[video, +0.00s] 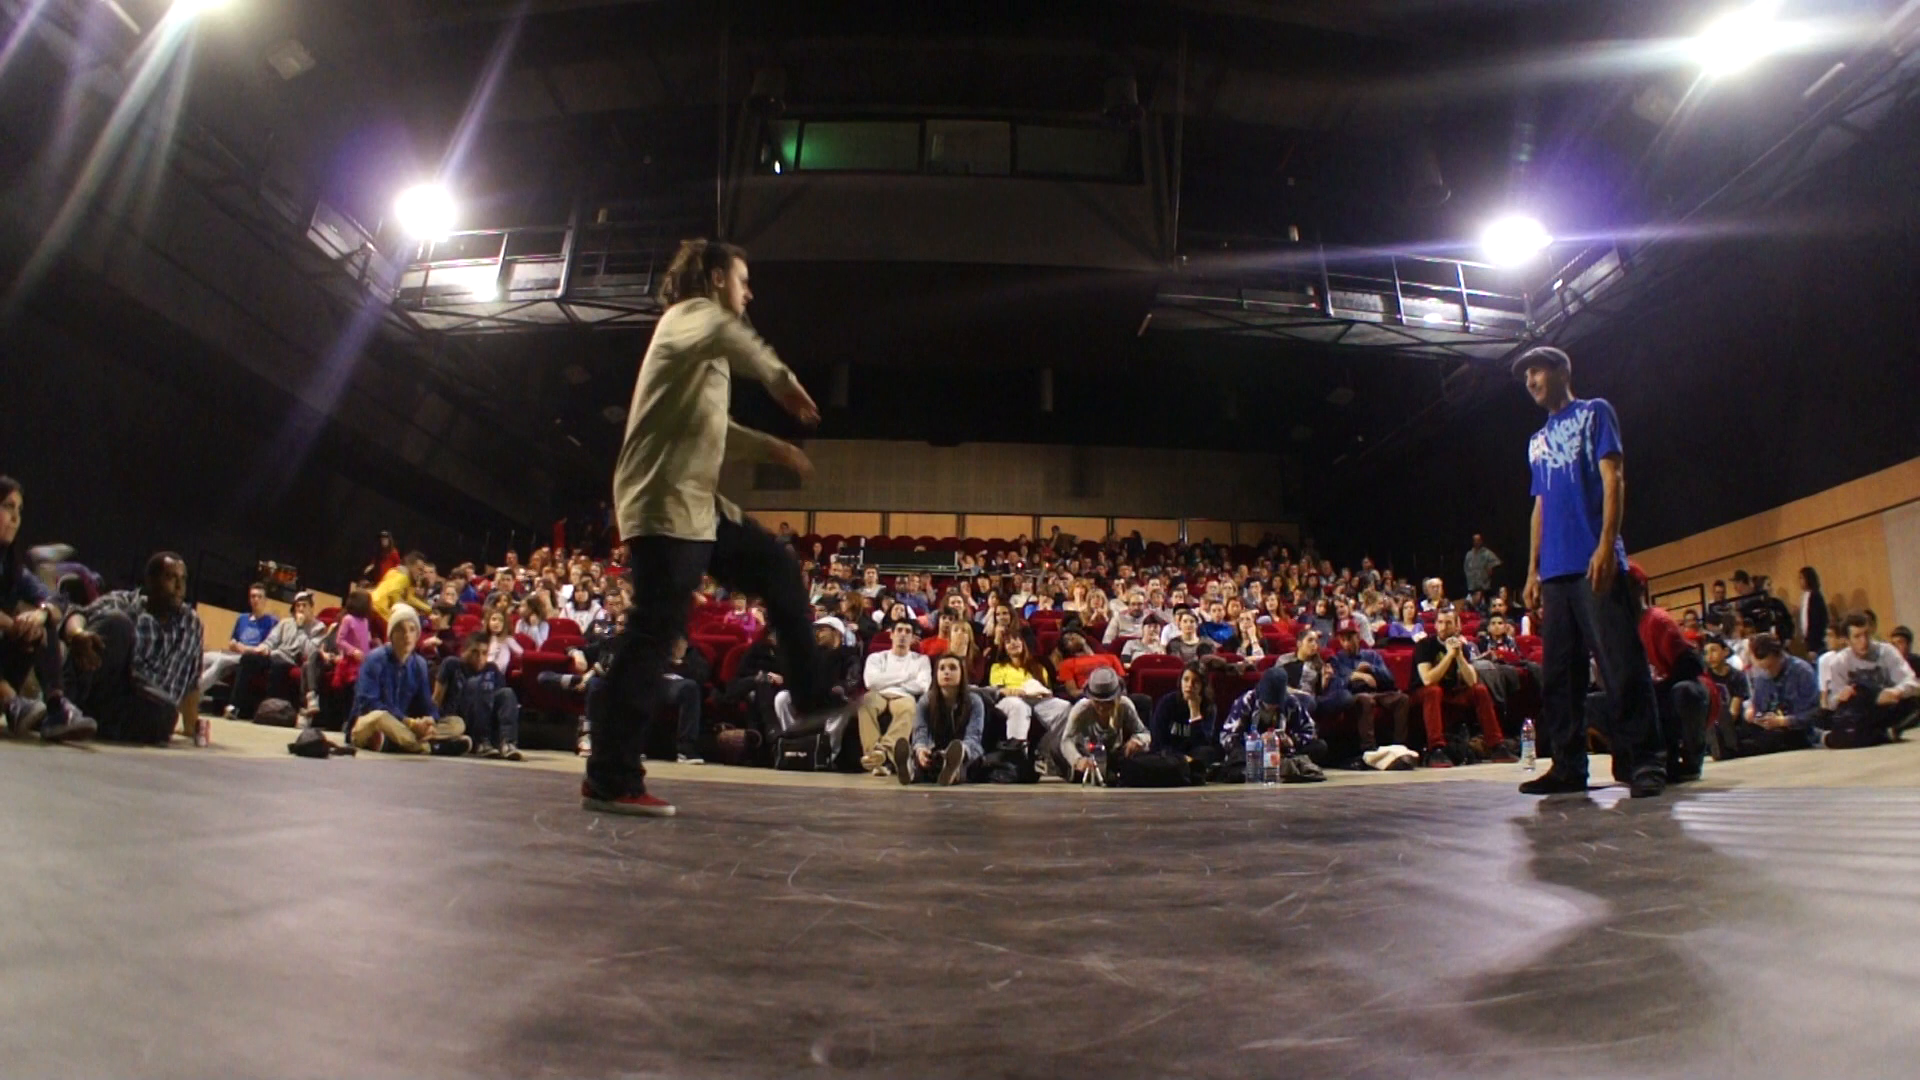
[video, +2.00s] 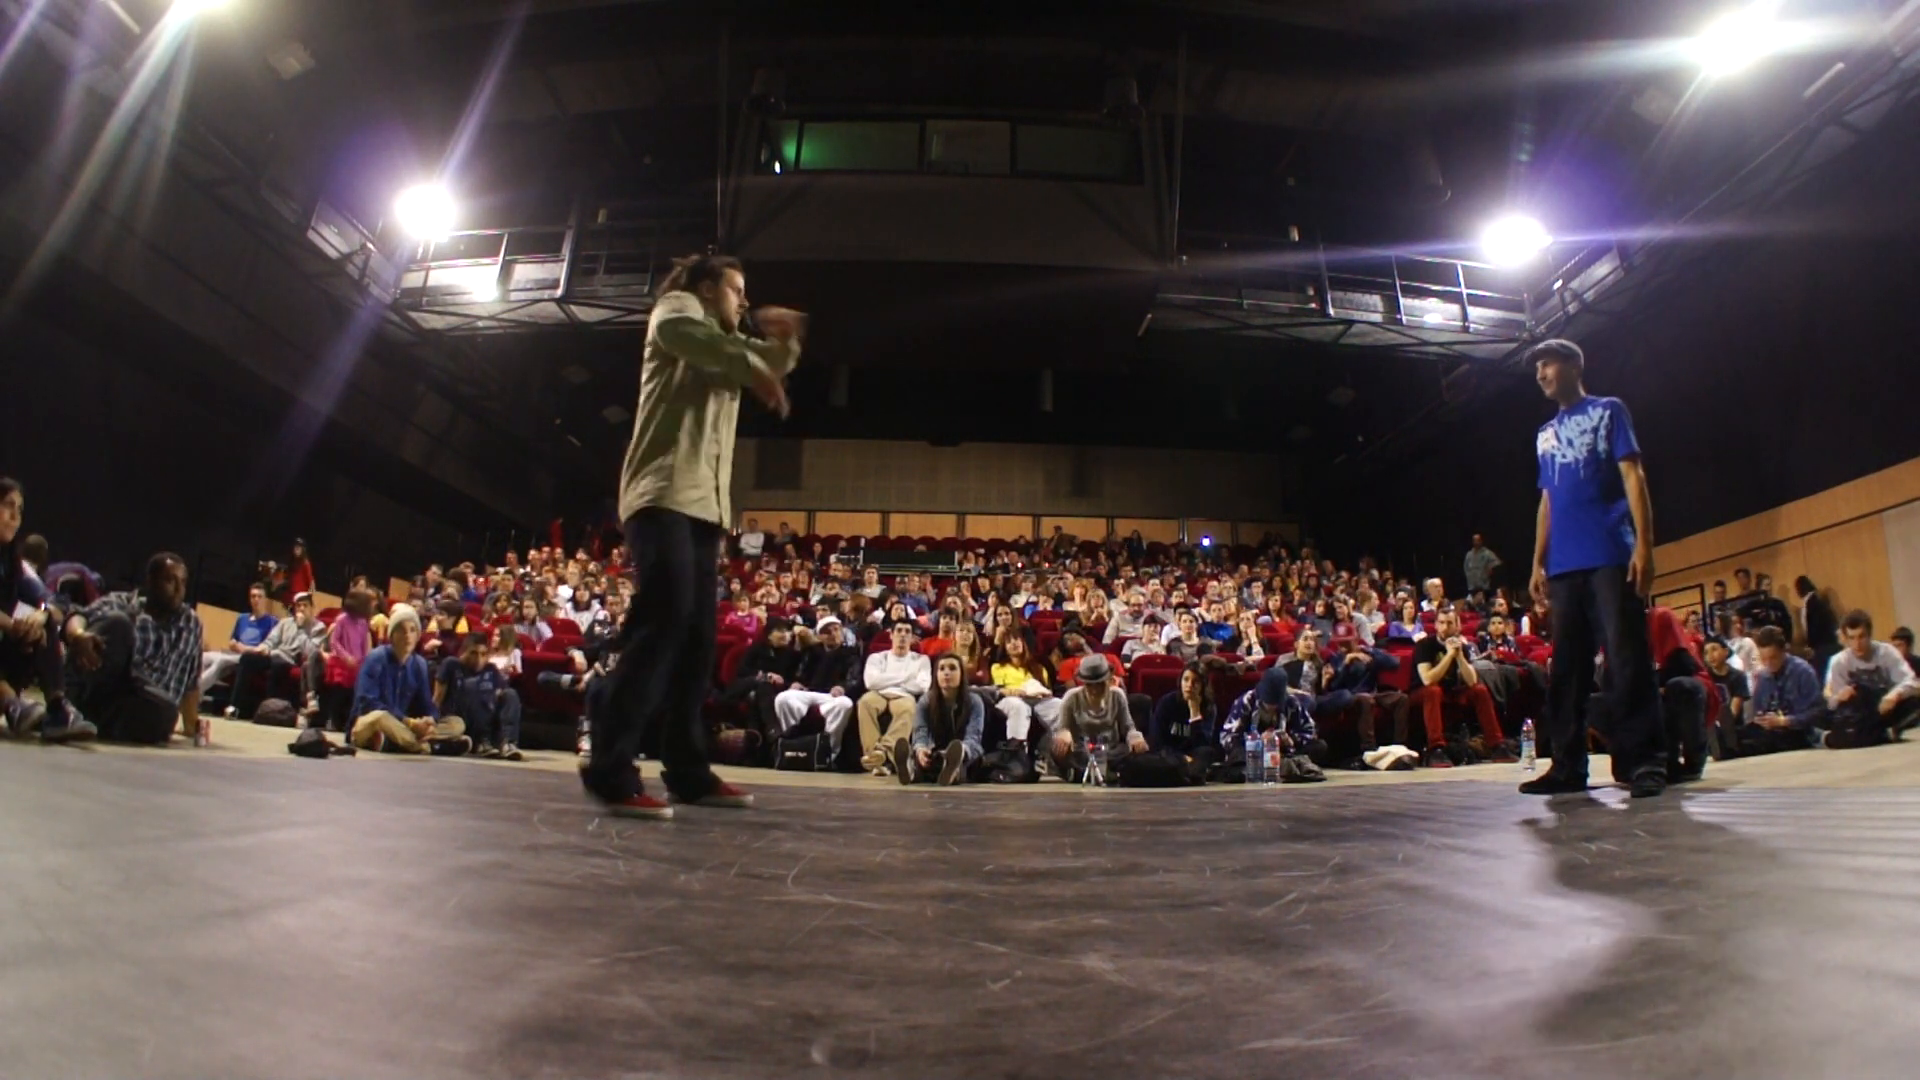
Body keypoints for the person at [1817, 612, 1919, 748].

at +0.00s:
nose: (1863, 641)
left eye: (1866, 635)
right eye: (1857, 637)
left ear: (1871, 633)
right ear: (1847, 639)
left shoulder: (1887, 652)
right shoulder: (1839, 662)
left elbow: (1911, 681)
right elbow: (1831, 703)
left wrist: (1895, 692)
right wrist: (1839, 697)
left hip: (1886, 707)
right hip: (1857, 709)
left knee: (1913, 703)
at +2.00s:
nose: (1857, 643)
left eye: (1861, 637)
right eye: (1852, 638)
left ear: (1869, 635)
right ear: (1844, 638)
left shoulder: (1886, 652)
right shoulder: (1839, 661)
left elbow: (1911, 681)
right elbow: (1831, 703)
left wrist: (1893, 695)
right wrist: (1839, 697)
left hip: (1887, 702)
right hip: (1859, 704)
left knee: (1913, 703)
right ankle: (1885, 734)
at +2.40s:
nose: (1857, 643)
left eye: (1861, 637)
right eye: (1851, 638)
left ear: (1869, 636)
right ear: (1845, 639)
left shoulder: (1887, 652)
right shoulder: (1836, 661)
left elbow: (1911, 681)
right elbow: (1830, 702)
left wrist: (1894, 695)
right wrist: (1839, 696)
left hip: (1886, 703)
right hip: (1857, 705)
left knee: (1914, 704)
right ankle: (1884, 734)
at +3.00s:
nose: (1857, 643)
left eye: (1862, 637)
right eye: (1852, 638)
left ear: (1870, 636)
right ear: (1846, 638)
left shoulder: (1887, 652)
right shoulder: (1835, 662)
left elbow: (1911, 681)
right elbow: (1827, 703)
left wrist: (1894, 694)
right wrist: (1838, 697)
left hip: (1885, 704)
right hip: (1855, 706)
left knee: (1913, 703)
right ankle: (1884, 734)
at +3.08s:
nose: (1857, 644)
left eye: (1862, 637)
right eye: (1852, 638)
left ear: (1870, 636)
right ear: (1846, 638)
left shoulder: (1887, 652)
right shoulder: (1835, 662)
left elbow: (1911, 681)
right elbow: (1827, 703)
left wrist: (1894, 694)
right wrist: (1838, 697)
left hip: (1884, 705)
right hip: (1855, 707)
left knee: (1914, 703)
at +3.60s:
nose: (1858, 645)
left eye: (1863, 639)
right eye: (1853, 640)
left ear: (1871, 637)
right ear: (1847, 639)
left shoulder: (1887, 652)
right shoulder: (1839, 661)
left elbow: (1910, 681)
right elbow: (1828, 703)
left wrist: (1894, 695)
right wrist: (1839, 697)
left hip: (1884, 705)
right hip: (1856, 707)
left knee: (1913, 704)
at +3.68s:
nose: (1859, 645)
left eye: (1863, 639)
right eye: (1853, 639)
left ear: (1871, 636)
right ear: (1847, 639)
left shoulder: (1887, 652)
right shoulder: (1839, 661)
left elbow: (1911, 681)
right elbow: (1828, 703)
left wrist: (1894, 695)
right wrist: (1839, 697)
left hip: (1884, 704)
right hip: (1856, 706)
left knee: (1913, 704)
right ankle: (1884, 734)